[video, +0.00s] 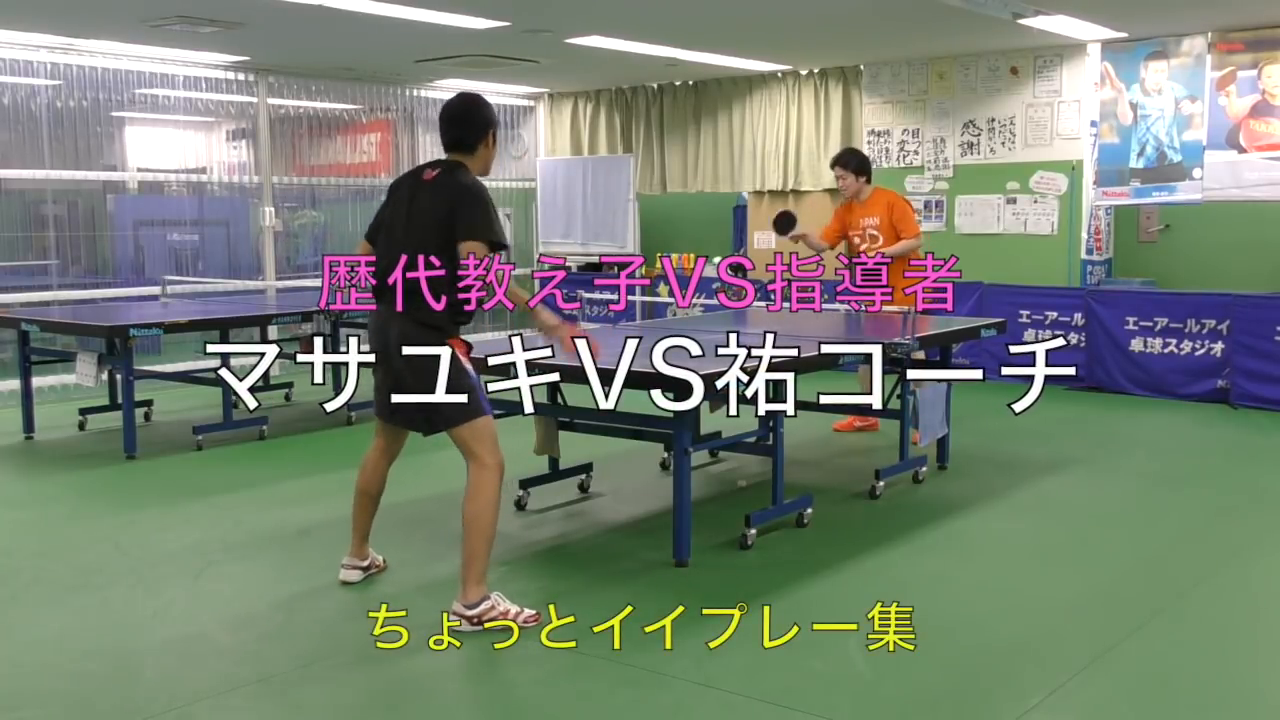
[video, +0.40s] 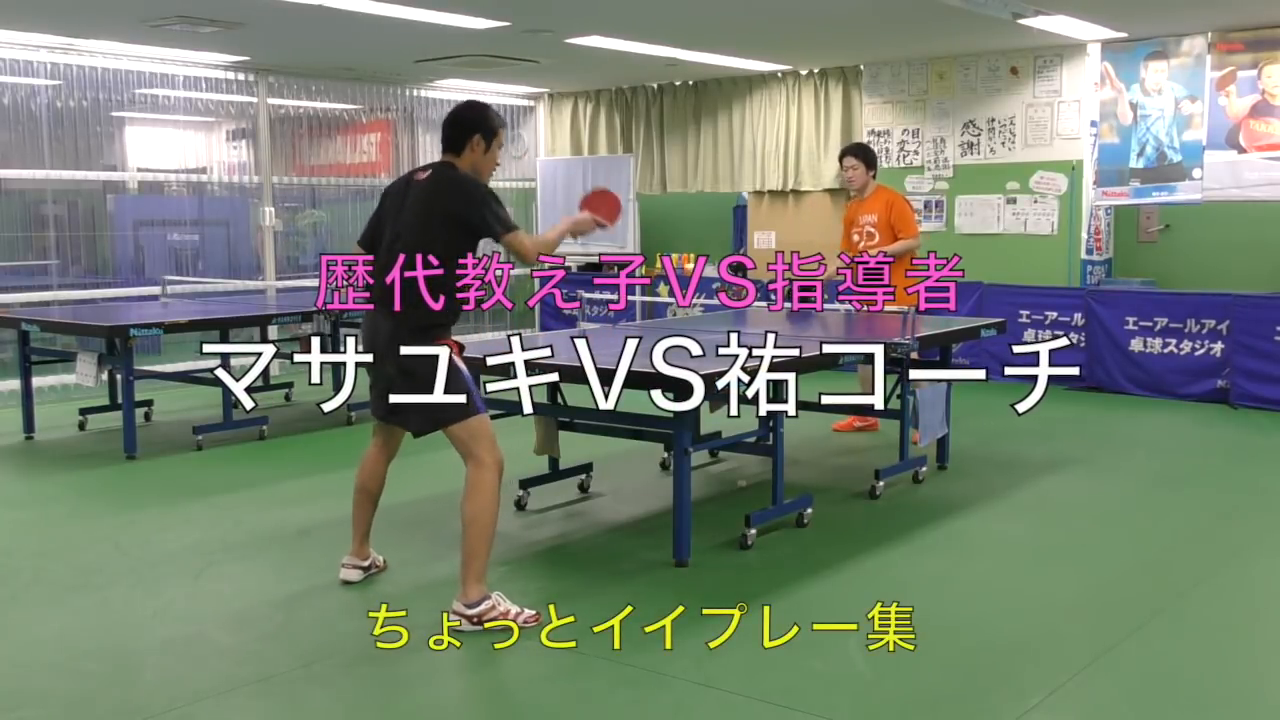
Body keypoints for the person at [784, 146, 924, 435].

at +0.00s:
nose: (839, 184)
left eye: (843, 177)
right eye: (837, 178)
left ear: (861, 176)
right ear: (841, 178)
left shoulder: (893, 202)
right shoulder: (844, 211)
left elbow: (914, 241)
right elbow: (824, 245)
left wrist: (882, 252)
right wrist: (805, 237)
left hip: (904, 295)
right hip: (869, 297)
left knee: (914, 359)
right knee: (866, 355)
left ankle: (923, 420)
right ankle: (867, 413)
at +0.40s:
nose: (847, 174)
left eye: (853, 168)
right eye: (844, 169)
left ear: (870, 170)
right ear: (842, 172)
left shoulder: (893, 200)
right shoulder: (851, 209)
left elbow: (912, 240)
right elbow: (847, 255)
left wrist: (879, 251)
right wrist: (823, 277)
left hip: (898, 296)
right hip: (865, 298)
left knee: (911, 358)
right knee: (864, 354)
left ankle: (925, 417)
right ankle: (867, 413)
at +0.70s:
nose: (844, 185)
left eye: (848, 179)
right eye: (842, 179)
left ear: (867, 177)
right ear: (846, 180)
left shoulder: (896, 203)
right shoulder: (853, 211)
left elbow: (918, 244)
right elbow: (832, 248)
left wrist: (884, 256)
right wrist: (797, 259)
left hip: (906, 296)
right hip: (872, 298)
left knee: (914, 358)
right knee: (870, 353)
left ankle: (925, 420)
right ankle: (868, 413)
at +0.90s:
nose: (846, 177)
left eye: (851, 170)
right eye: (843, 172)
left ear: (869, 170)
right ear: (842, 174)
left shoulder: (898, 199)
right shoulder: (848, 207)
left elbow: (919, 238)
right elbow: (830, 247)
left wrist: (886, 248)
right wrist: (819, 236)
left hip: (904, 296)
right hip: (868, 299)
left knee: (914, 359)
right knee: (866, 356)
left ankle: (923, 420)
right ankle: (866, 414)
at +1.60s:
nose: (842, 181)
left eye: (847, 175)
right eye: (841, 175)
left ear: (865, 175)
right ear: (846, 176)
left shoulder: (897, 202)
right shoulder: (848, 208)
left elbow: (917, 241)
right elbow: (830, 245)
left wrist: (888, 249)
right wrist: (812, 238)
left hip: (903, 297)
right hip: (869, 298)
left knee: (913, 360)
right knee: (868, 355)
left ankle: (925, 420)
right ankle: (867, 413)